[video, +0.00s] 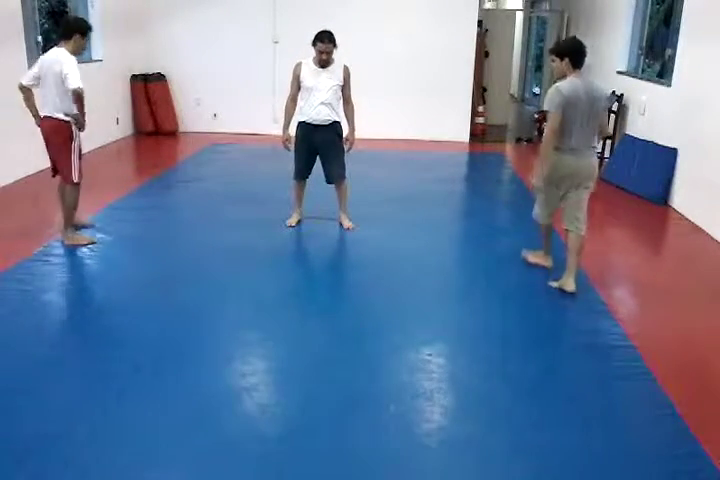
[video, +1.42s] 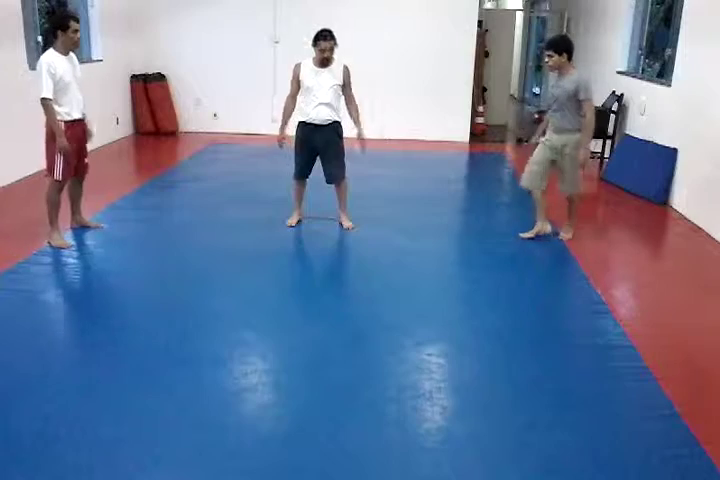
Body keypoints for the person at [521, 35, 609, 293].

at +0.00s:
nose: (552, 66)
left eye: (554, 61)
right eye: (552, 60)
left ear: (566, 61)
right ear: (577, 62)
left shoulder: (559, 91)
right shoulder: (597, 91)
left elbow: (551, 133)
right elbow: (604, 130)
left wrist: (539, 170)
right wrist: (584, 125)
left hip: (560, 157)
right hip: (587, 160)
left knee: (544, 209)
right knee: (577, 222)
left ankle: (545, 254)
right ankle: (570, 278)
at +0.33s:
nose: (541, 63)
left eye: (543, 58)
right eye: (541, 58)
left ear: (555, 58)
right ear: (566, 58)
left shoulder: (548, 86)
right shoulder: (588, 84)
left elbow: (541, 126)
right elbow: (592, 123)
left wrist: (533, 159)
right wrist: (587, 153)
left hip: (551, 149)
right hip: (576, 151)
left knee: (545, 201)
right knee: (568, 200)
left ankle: (548, 254)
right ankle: (568, 242)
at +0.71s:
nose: (534, 59)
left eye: (538, 55)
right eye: (534, 55)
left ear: (550, 56)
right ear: (556, 56)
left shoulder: (550, 82)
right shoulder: (570, 79)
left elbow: (546, 121)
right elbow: (577, 118)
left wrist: (525, 146)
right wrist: (580, 147)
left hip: (550, 142)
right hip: (566, 141)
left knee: (546, 196)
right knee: (551, 189)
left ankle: (550, 252)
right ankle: (545, 231)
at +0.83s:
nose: (533, 59)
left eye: (536, 54)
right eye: (533, 54)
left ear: (549, 54)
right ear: (552, 55)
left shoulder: (553, 79)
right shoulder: (562, 76)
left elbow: (554, 118)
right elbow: (560, 115)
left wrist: (537, 145)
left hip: (555, 138)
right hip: (561, 136)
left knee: (541, 190)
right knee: (547, 186)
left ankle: (554, 242)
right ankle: (545, 231)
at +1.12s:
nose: (537, 55)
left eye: (541, 51)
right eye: (536, 51)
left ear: (554, 52)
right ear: (548, 53)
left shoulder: (566, 74)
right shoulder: (549, 74)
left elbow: (574, 109)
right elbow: (549, 108)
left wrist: (575, 144)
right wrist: (532, 121)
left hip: (559, 133)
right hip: (544, 131)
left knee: (551, 187)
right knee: (541, 188)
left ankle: (570, 218)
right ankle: (544, 230)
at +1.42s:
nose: (546, 61)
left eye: (550, 56)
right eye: (546, 56)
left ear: (564, 56)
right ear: (553, 57)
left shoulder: (580, 81)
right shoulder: (555, 80)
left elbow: (589, 115)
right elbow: (551, 113)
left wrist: (584, 147)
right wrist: (538, 134)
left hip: (572, 138)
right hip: (550, 136)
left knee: (571, 185)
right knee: (533, 176)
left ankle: (569, 225)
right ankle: (541, 222)